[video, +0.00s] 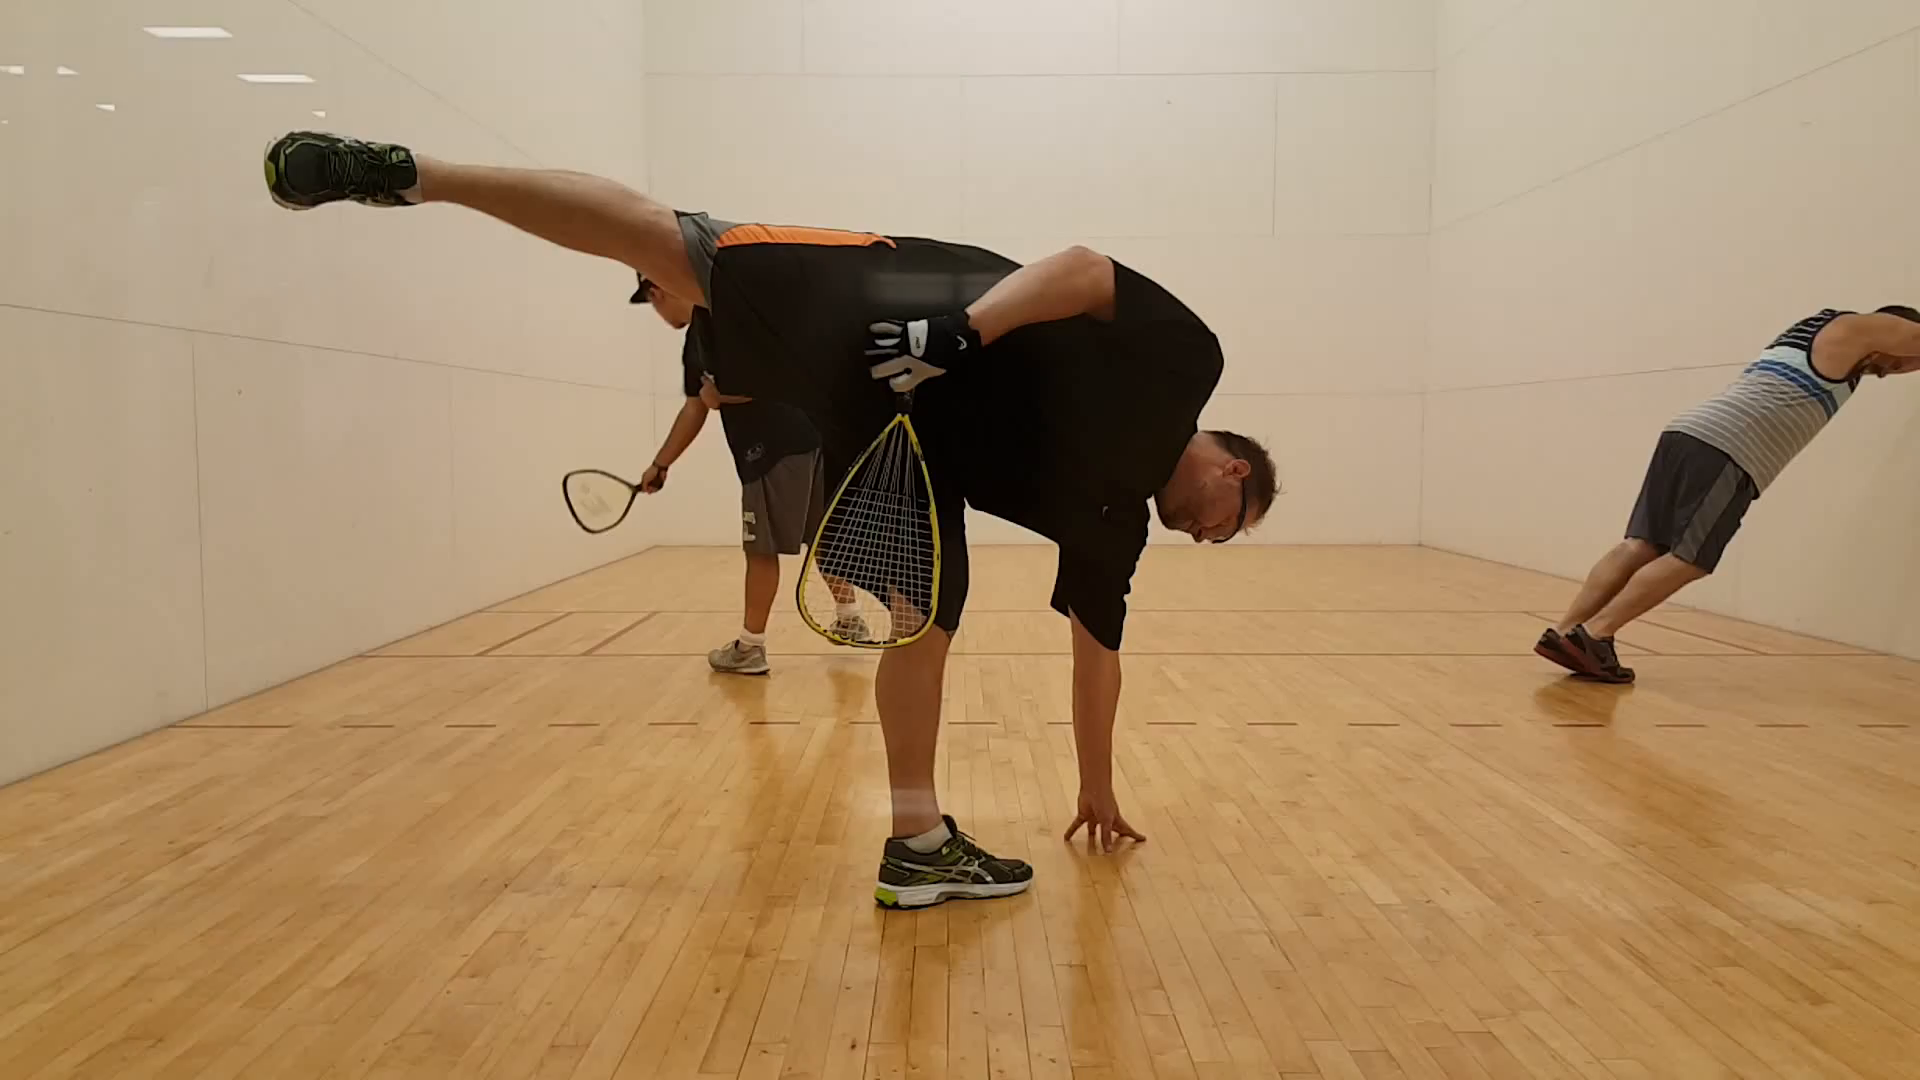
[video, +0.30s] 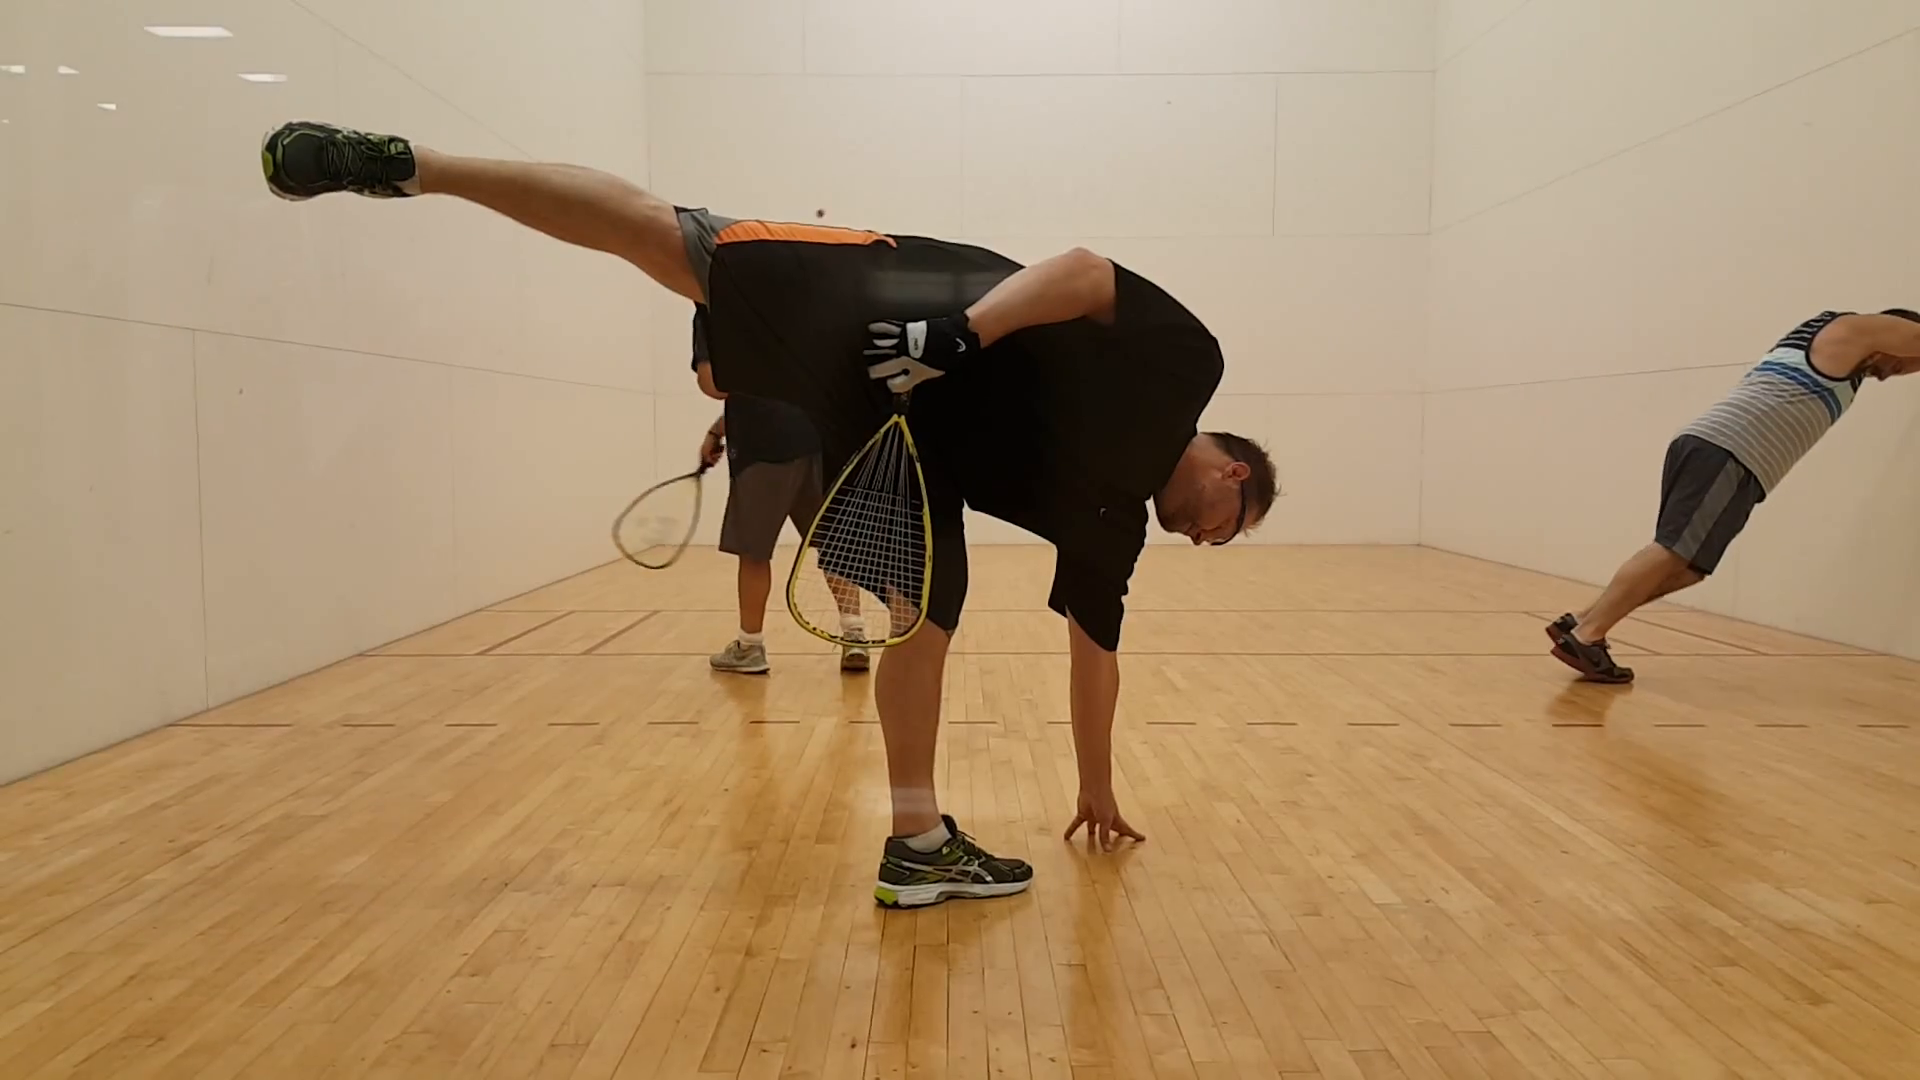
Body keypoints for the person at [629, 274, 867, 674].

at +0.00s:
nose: (655, 312)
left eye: (652, 300)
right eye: (651, 303)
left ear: (667, 289)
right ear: (669, 291)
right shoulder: (697, 338)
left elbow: (768, 380)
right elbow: (695, 406)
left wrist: (721, 395)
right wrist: (661, 463)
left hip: (772, 445)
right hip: (814, 432)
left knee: (761, 546)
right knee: (825, 530)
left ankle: (751, 645)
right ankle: (849, 616)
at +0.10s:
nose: (664, 303)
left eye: (664, 292)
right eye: (661, 294)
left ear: (688, 287)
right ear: (690, 290)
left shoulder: (712, 320)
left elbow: (718, 394)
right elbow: (707, 397)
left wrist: (717, 385)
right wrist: (671, 452)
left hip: (769, 441)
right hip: (816, 430)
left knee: (760, 546)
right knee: (827, 530)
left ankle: (750, 645)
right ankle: (848, 620)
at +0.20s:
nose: (689, 286)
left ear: (709, 274)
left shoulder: (710, 314)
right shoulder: (786, 300)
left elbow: (721, 389)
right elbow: (725, 396)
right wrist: (690, 439)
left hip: (768, 441)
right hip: (816, 429)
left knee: (758, 548)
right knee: (829, 535)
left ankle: (750, 645)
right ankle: (851, 630)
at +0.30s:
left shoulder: (713, 305)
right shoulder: (802, 301)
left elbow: (711, 383)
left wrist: (761, 384)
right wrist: (722, 427)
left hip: (766, 438)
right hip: (821, 433)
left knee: (754, 549)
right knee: (835, 538)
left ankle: (750, 644)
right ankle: (855, 634)